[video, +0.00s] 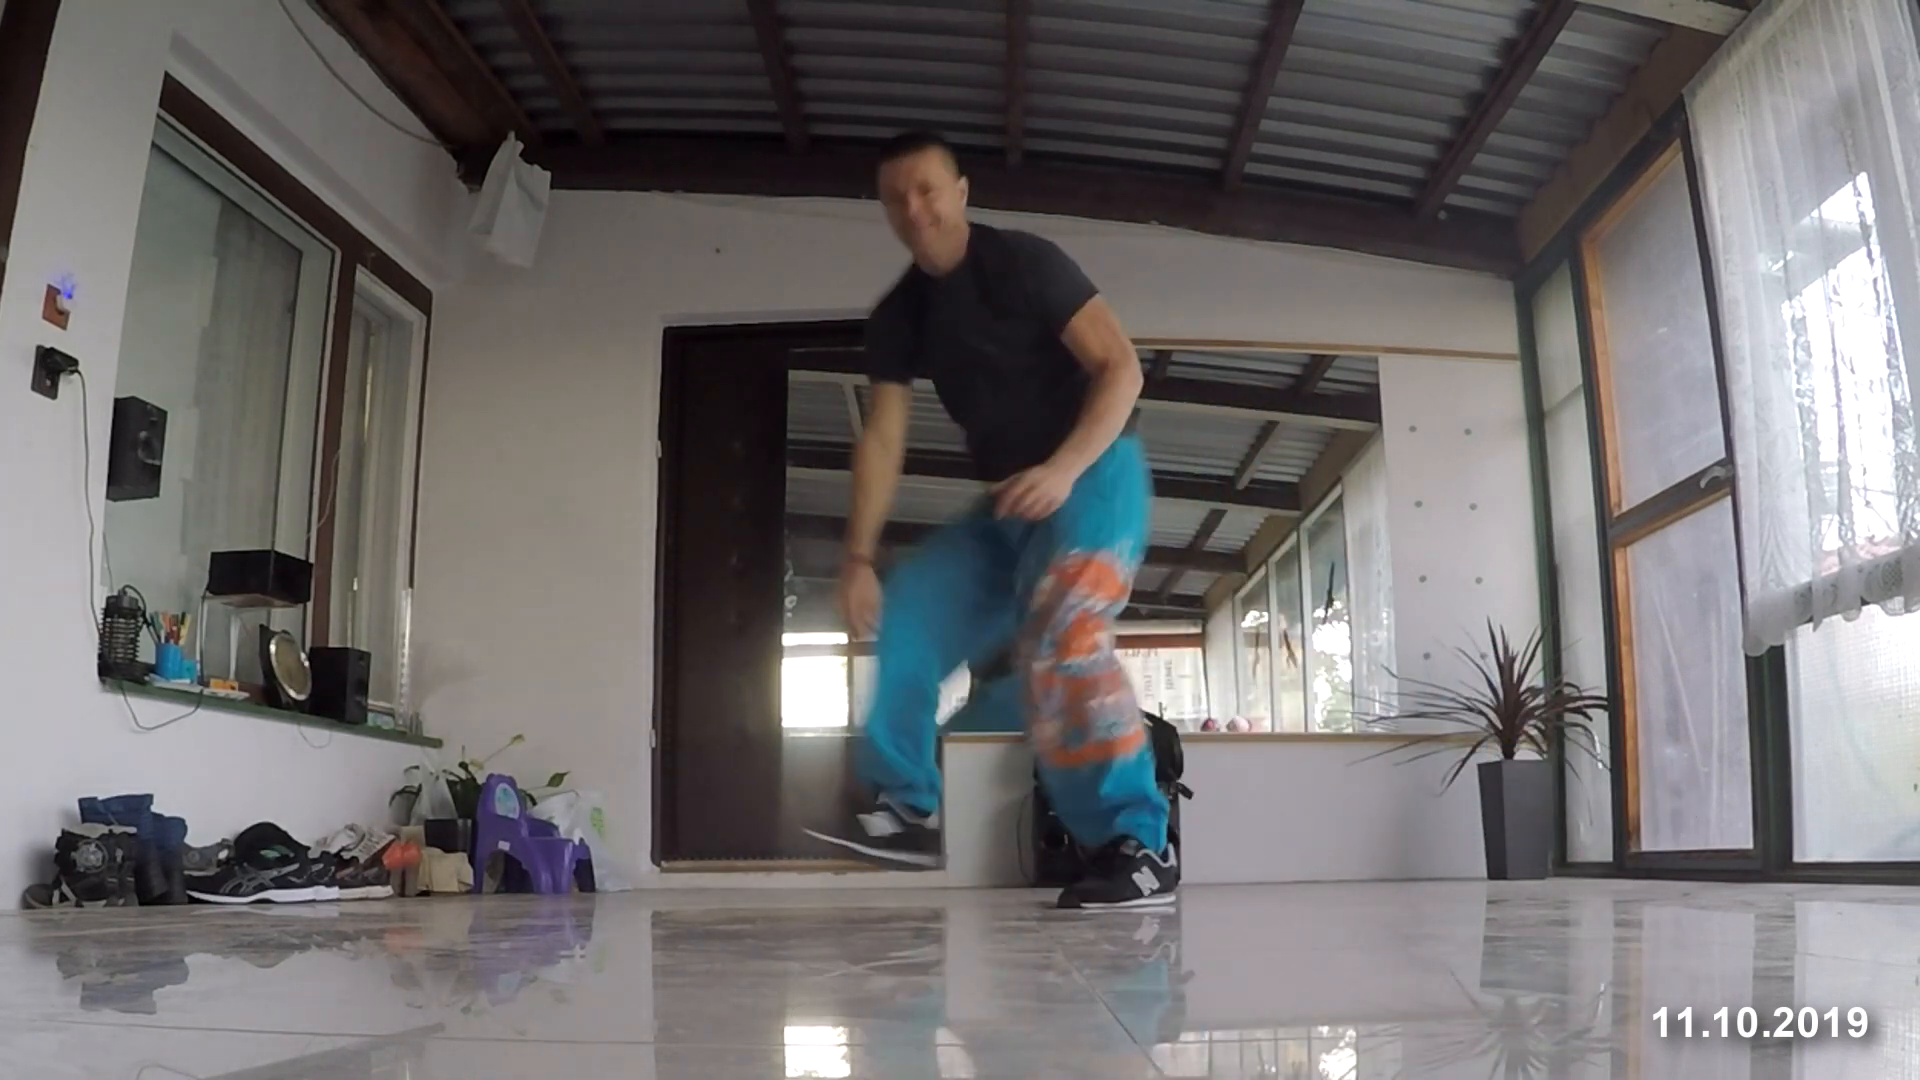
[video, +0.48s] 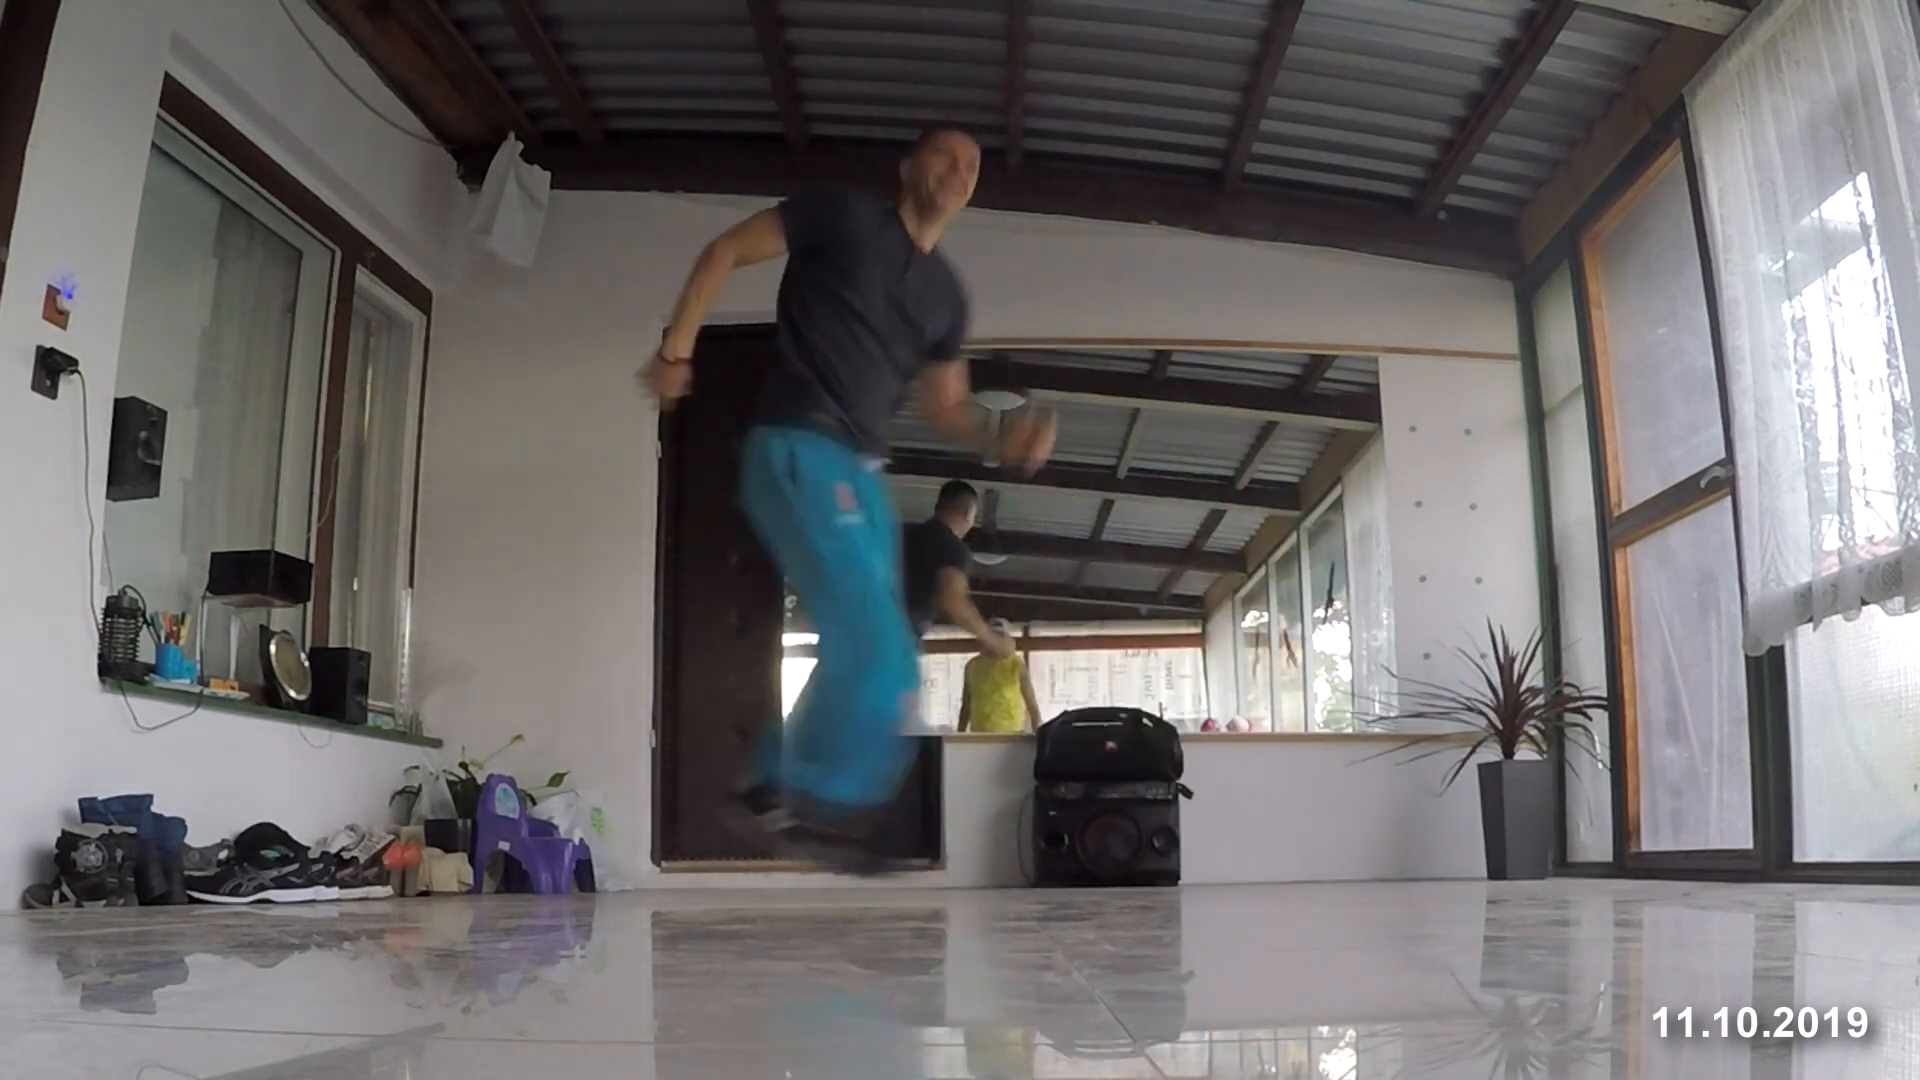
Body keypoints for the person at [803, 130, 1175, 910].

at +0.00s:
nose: (915, 210)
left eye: (928, 190)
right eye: (899, 200)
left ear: (961, 190)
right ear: (887, 214)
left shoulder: (1026, 262)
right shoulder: (900, 315)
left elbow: (1121, 370)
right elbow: (882, 436)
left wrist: (1064, 467)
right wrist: (859, 557)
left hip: (1095, 477)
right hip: (1007, 503)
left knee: (1063, 639)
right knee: (909, 602)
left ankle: (1136, 848)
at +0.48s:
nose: (955, 172)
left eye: (968, 168)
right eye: (943, 156)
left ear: (971, 194)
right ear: (907, 167)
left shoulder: (946, 295)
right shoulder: (844, 215)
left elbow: (947, 408)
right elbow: (722, 253)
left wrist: (1005, 437)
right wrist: (677, 351)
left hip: (861, 470)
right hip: (794, 447)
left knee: (867, 636)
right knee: (873, 631)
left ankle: (772, 779)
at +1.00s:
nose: (879, 200)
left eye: (892, 194)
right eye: (872, 178)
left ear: (893, 205)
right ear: (832, 163)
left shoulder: (836, 295)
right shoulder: (773, 199)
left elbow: (778, 395)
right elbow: (667, 252)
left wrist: (767, 497)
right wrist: (666, 372)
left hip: (740, 482)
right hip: (669, 432)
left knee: (707, 657)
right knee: (597, 584)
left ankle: (619, 822)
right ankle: (482, 755)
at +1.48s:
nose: (864, 28)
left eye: (876, 17)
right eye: (848, 10)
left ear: (884, 31)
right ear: (801, 16)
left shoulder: (896, 145)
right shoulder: (723, 105)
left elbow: (949, 259)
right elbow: (636, 208)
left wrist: (974, 298)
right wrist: (599, 327)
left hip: (826, 384)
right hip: (713, 362)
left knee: (833, 574)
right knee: (681, 534)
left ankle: (771, 784)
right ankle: (620, 729)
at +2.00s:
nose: (874, 129)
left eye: (885, 115)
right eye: (853, 126)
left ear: (915, 134)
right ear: (837, 166)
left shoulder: (1001, 169)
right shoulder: (862, 282)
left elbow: (1140, 172)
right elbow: (865, 419)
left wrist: (1262, 171)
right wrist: (916, 519)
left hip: (1082, 423)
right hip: (1001, 462)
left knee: (981, 590)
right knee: (971, 652)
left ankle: (973, 817)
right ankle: (1113, 846)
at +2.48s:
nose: (885, 317)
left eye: (884, 289)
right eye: (866, 314)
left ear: (917, 260)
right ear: (864, 331)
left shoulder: (1023, 266)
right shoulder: (947, 422)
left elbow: (1164, 263)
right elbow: (944, 574)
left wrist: (1251, 296)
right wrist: (928, 727)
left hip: (1256, 426)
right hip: (1185, 508)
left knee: (1355, 607)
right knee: (1261, 688)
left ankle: (1429, 809)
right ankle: (1373, 839)